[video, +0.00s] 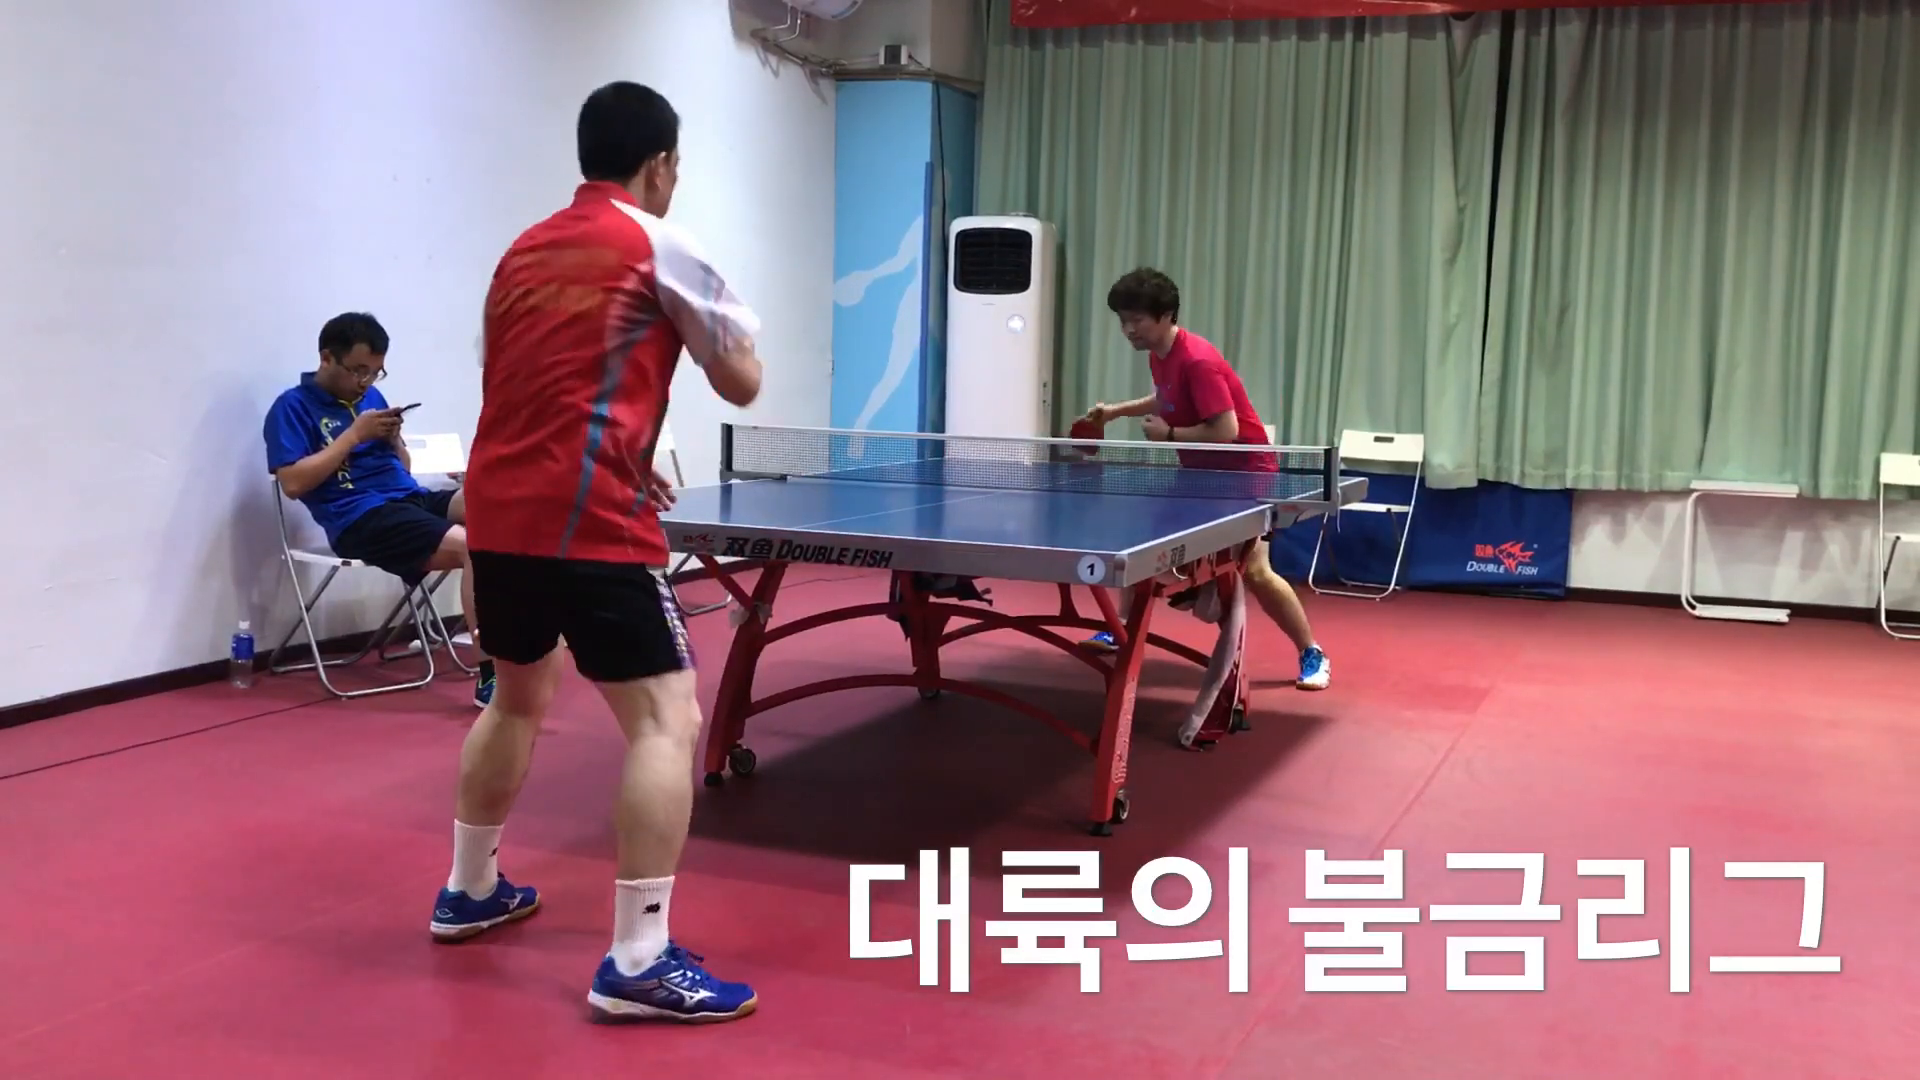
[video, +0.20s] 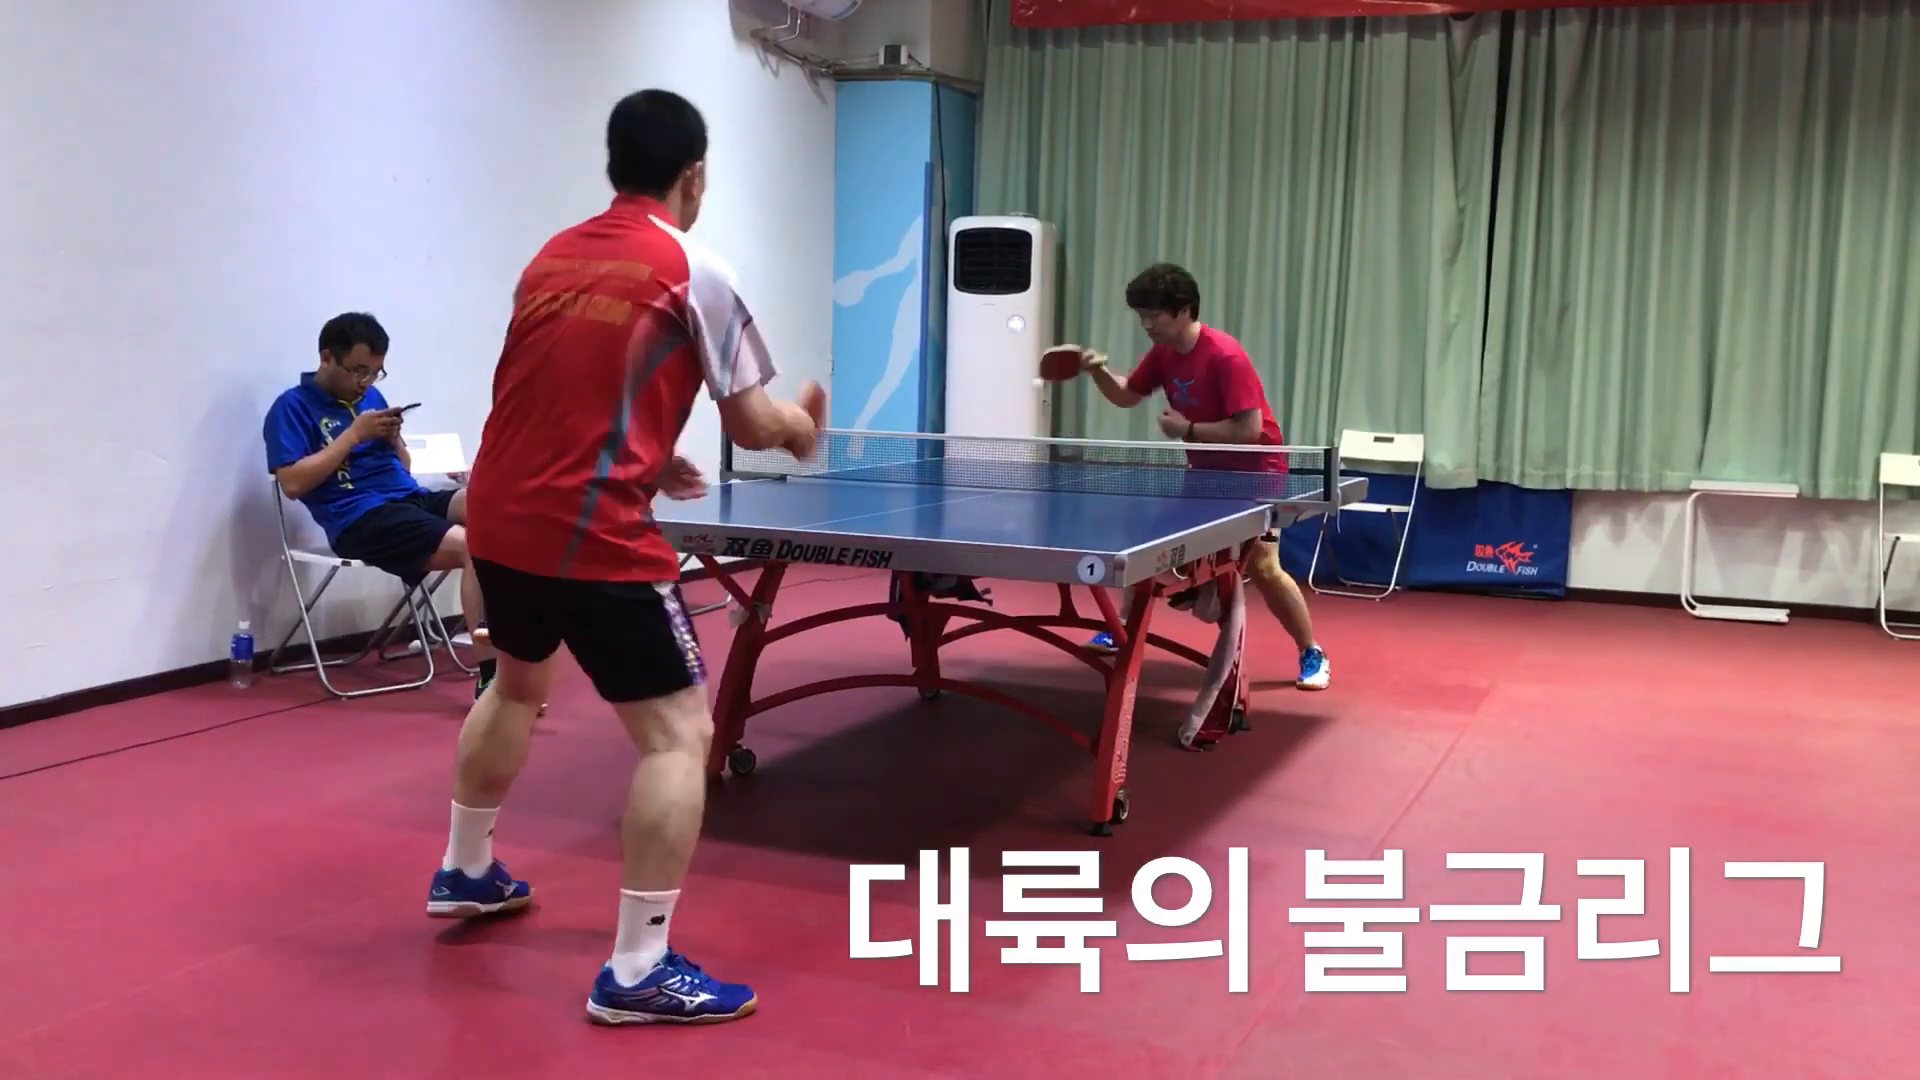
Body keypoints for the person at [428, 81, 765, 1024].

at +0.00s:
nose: (677, 181)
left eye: (676, 168)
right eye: (676, 167)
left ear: (584, 164)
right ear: (657, 166)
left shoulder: (521, 250)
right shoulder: (657, 247)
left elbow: (515, 388)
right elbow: (742, 383)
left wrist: (628, 455)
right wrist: (713, 314)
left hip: (499, 524)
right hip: (598, 529)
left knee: (513, 702)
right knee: (663, 722)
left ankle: (469, 889)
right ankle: (639, 958)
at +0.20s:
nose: (707, 186)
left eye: (704, 173)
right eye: (705, 173)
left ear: (612, 172)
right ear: (690, 178)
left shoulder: (551, 255)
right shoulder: (692, 274)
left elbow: (540, 406)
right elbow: (751, 425)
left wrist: (651, 458)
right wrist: (797, 423)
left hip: (499, 526)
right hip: (600, 544)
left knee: (518, 684)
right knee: (677, 734)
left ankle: (462, 871)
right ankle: (638, 967)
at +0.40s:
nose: (747, 215)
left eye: (747, 197)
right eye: (746, 197)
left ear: (666, 190)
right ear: (718, 198)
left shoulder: (629, 257)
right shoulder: (652, 269)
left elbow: (629, 422)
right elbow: (625, 422)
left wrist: (732, 499)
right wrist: (737, 506)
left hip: (499, 530)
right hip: (555, 542)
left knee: (525, 708)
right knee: (641, 733)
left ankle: (439, 885)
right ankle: (635, 970)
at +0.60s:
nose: (714, 209)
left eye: (715, 191)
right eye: (710, 190)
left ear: (645, 185)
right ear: (674, 188)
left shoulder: (587, 250)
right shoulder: (617, 257)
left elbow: (582, 410)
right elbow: (636, 399)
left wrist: (682, 462)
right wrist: (789, 401)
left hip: (489, 527)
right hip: (548, 536)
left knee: (520, 711)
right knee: (635, 726)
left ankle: (436, 889)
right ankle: (636, 966)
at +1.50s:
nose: (709, 199)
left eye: (708, 182)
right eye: (706, 182)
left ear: (622, 180)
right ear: (680, 184)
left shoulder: (565, 254)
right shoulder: (660, 273)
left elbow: (557, 390)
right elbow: (777, 387)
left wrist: (658, 443)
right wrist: (852, 330)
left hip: (476, 521)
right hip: (564, 528)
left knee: (513, 699)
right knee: (667, 721)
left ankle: (441, 889)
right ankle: (644, 958)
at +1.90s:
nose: (743, 194)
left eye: (739, 179)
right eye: (743, 180)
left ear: (654, 173)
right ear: (729, 183)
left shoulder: (585, 254)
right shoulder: (724, 276)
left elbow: (579, 399)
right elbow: (793, 426)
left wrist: (691, 457)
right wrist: (855, 422)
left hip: (528, 527)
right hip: (632, 542)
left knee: (532, 695)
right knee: (712, 732)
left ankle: (459, 872)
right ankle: (702, 965)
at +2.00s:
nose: (756, 202)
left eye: (755, 186)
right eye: (757, 185)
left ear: (670, 171)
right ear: (738, 185)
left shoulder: (618, 247)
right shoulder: (698, 266)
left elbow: (667, 417)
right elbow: (718, 430)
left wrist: (784, 468)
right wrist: (821, 490)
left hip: (523, 525)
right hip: (604, 541)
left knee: (538, 706)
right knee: (685, 732)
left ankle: (453, 886)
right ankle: (700, 966)